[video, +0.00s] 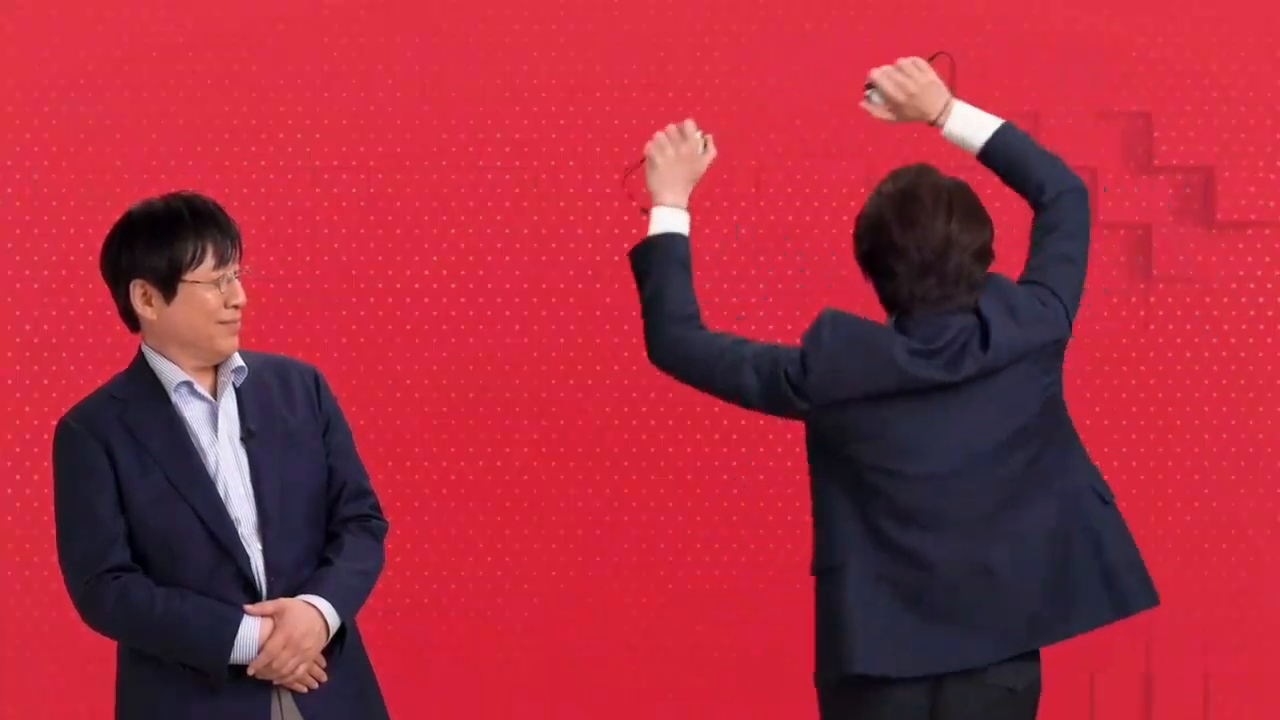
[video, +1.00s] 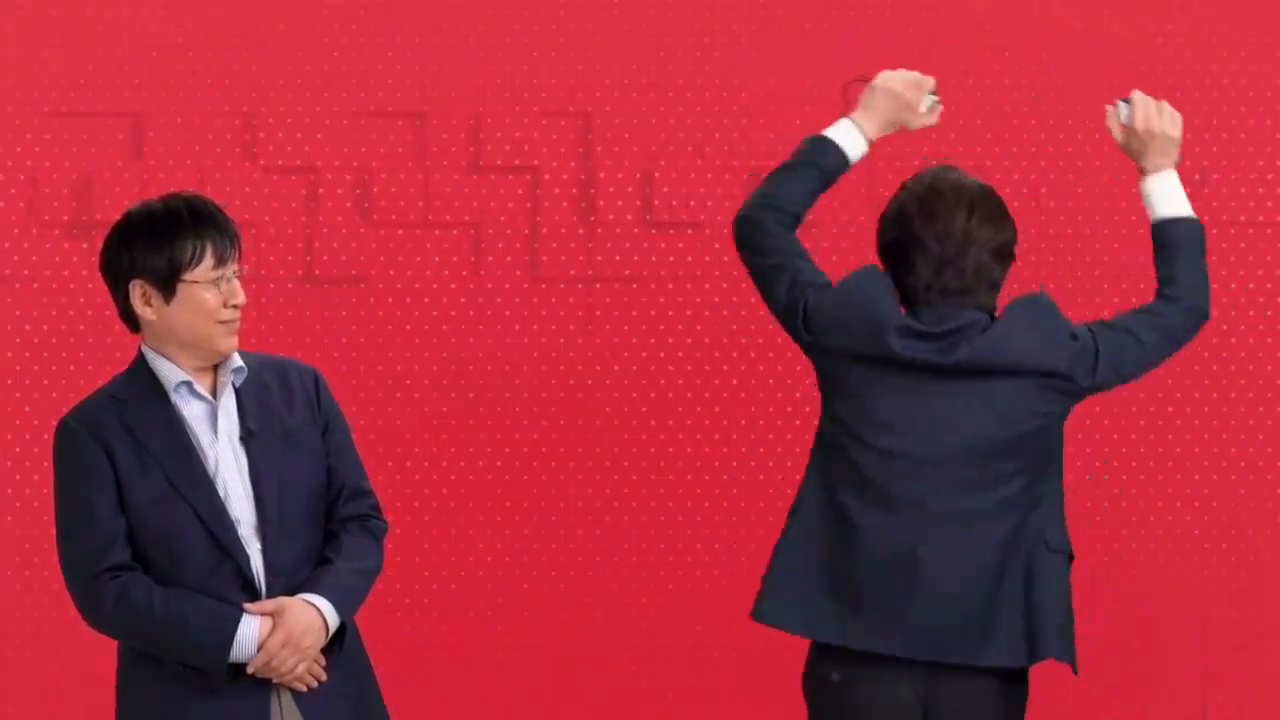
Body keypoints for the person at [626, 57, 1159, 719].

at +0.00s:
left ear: (875, 271)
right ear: (987, 255)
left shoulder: (834, 372)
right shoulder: (1032, 334)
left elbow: (675, 342)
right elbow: (1064, 194)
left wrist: (667, 203)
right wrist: (949, 111)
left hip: (875, 682)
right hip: (1002, 671)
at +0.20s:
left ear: (874, 262)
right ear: (986, 250)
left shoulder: (835, 349)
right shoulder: (1038, 325)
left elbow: (696, 284)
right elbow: (1119, 202)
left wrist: (728, 145)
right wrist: (1051, 83)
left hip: (875, 664)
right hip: (1004, 659)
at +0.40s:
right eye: (1009, 268)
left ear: (889, 270)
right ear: (1001, 282)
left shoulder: (847, 338)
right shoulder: (1040, 388)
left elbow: (795, 220)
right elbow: (1203, 394)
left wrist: (904, 132)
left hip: (845, 680)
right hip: (972, 696)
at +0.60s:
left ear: (895, 251)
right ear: (1002, 250)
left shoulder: (843, 328)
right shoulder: (1054, 338)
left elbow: (723, 237)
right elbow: (1168, 249)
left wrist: (785, 113)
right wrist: (1106, 119)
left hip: (872, 666)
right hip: (1002, 670)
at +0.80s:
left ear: (878, 272)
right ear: (990, 256)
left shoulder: (837, 375)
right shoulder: (1035, 329)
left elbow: (675, 344)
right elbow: (1068, 192)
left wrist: (684, 203)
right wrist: (952, 109)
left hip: (909, 686)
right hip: (1038, 670)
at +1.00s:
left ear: (890, 261)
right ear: (1001, 267)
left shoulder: (846, 338)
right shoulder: (1048, 360)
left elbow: (760, 225)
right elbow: (1184, 306)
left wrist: (862, 124)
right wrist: (1160, 171)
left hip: (855, 669)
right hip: (985, 677)